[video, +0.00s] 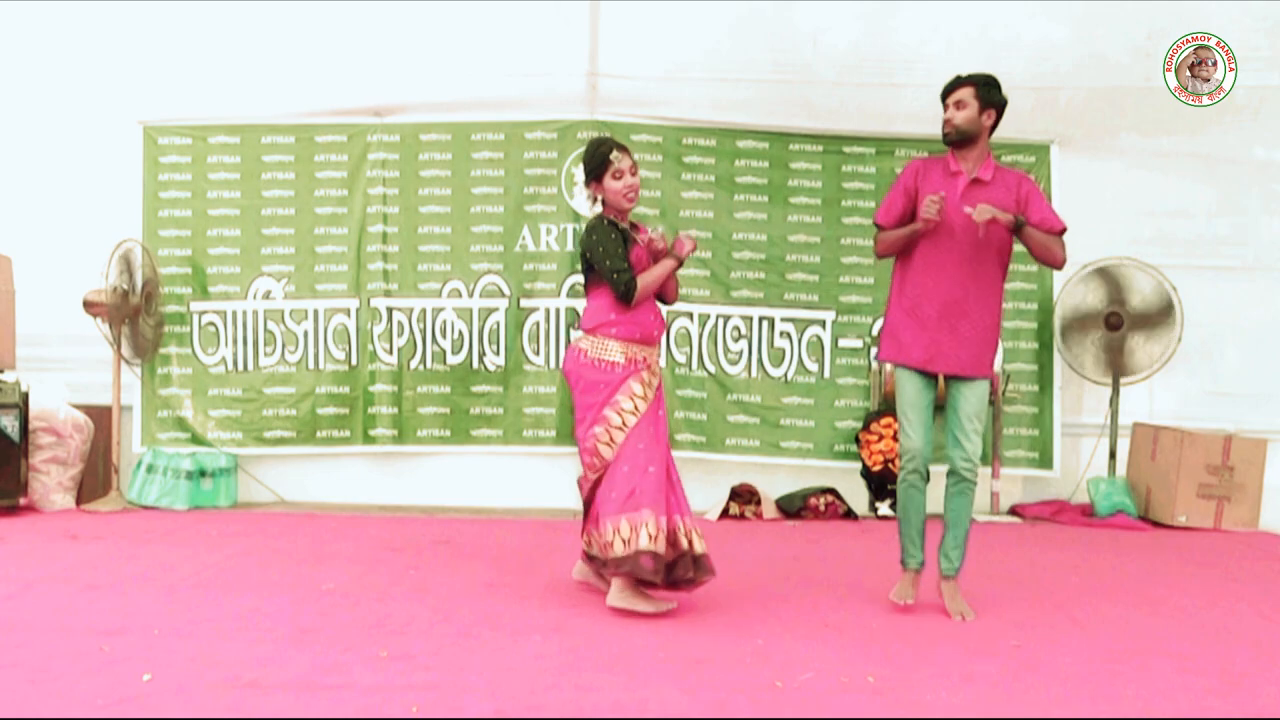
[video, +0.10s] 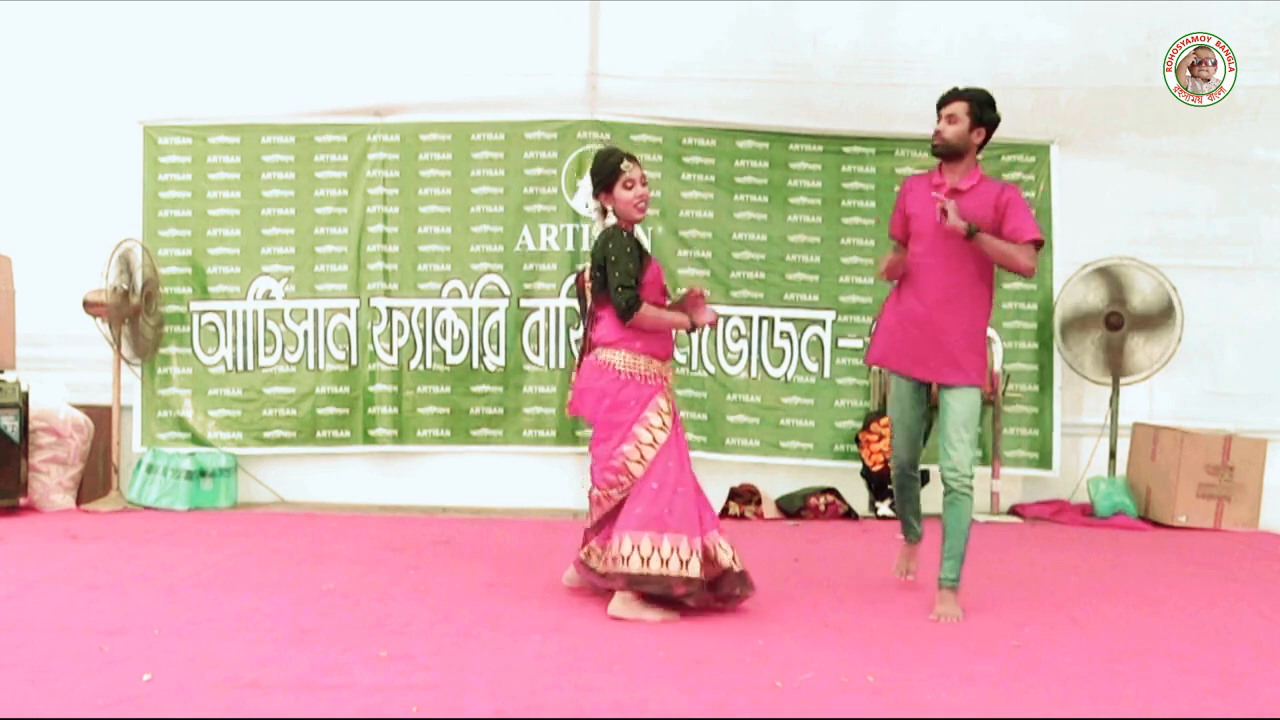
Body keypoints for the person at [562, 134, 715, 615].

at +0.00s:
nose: (630, 182)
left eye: (633, 172)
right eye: (618, 176)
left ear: (639, 175)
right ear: (597, 188)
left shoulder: (638, 234)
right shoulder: (600, 232)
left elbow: (668, 294)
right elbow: (627, 289)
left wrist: (663, 257)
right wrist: (672, 258)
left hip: (636, 359)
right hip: (605, 360)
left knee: (626, 458)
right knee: (635, 458)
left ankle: (594, 556)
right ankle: (625, 580)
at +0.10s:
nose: (642, 191)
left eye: (644, 183)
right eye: (630, 185)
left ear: (644, 188)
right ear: (607, 196)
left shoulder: (627, 241)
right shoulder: (618, 241)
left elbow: (639, 307)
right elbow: (631, 311)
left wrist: (679, 305)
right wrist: (686, 320)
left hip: (635, 375)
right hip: (627, 378)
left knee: (636, 473)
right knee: (655, 476)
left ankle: (591, 565)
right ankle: (630, 592)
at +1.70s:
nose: (633, 219)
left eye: (637, 209)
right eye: (622, 213)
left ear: (645, 209)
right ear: (602, 220)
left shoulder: (665, 262)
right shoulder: (590, 263)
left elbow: (668, 328)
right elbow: (575, 331)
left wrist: (674, 390)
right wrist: (617, 369)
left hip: (639, 369)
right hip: (587, 368)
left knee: (633, 457)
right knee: (584, 455)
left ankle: (625, 559)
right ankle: (543, 544)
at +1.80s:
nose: (645, 234)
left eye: (650, 223)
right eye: (633, 226)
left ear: (658, 223)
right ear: (613, 233)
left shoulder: (676, 269)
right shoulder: (606, 281)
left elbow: (678, 331)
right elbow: (591, 350)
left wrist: (663, 388)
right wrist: (610, 410)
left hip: (651, 382)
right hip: (603, 381)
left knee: (650, 462)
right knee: (614, 459)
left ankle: (638, 563)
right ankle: (598, 557)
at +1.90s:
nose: (659, 235)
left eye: (664, 224)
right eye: (648, 228)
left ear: (673, 225)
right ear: (629, 235)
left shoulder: (689, 268)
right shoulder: (622, 283)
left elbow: (692, 331)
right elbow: (618, 352)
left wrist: (681, 389)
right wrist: (623, 411)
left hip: (668, 379)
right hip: (622, 380)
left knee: (672, 458)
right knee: (636, 458)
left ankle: (661, 559)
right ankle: (625, 554)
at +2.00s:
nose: (669, 231)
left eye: (674, 221)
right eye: (658, 224)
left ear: (681, 221)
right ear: (638, 231)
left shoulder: (700, 265)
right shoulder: (630, 279)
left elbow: (707, 327)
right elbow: (622, 345)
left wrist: (712, 389)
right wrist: (640, 391)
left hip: (679, 372)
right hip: (633, 373)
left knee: (681, 455)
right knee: (643, 456)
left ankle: (676, 555)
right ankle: (639, 553)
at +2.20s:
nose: (695, 224)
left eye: (700, 214)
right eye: (683, 217)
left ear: (708, 217)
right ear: (665, 227)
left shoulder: (720, 266)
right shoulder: (660, 277)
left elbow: (737, 324)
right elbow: (644, 347)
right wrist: (674, 397)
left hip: (711, 378)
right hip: (665, 379)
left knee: (713, 464)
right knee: (667, 463)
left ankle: (711, 557)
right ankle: (625, 543)